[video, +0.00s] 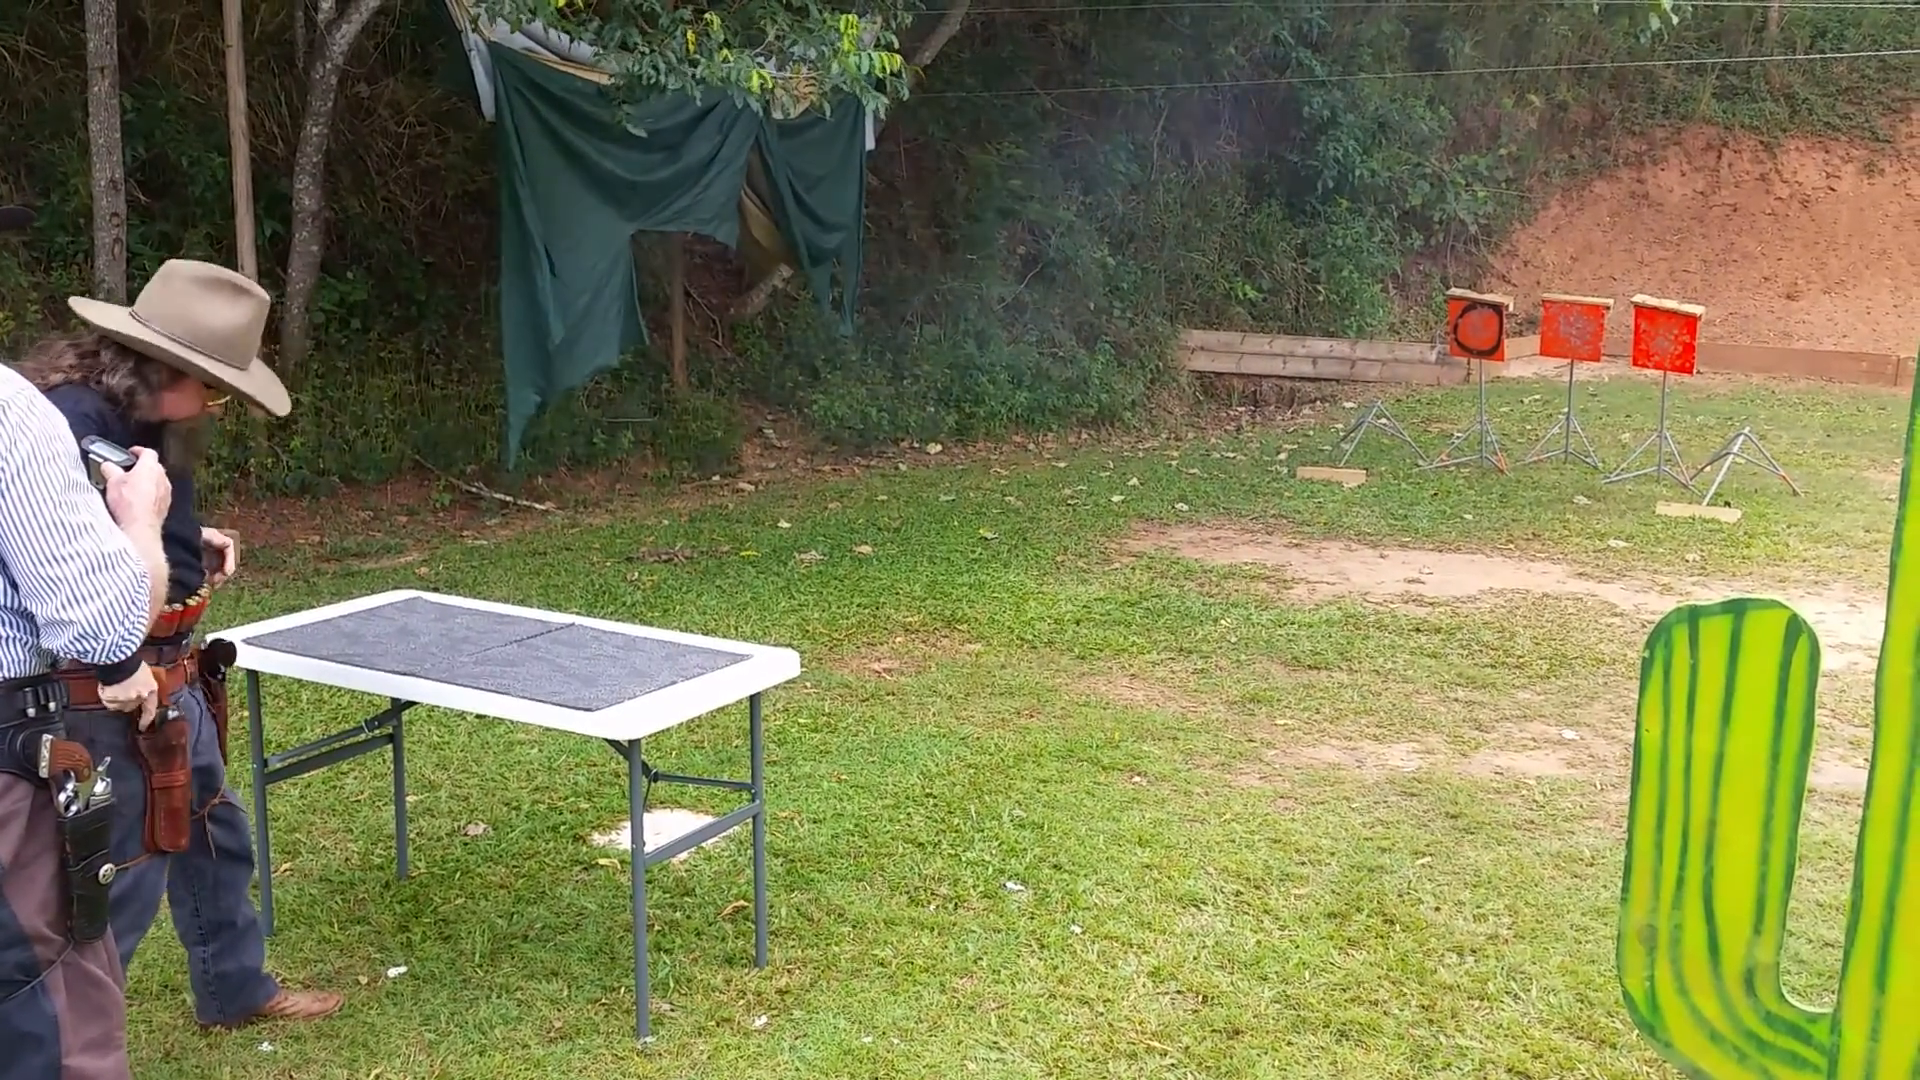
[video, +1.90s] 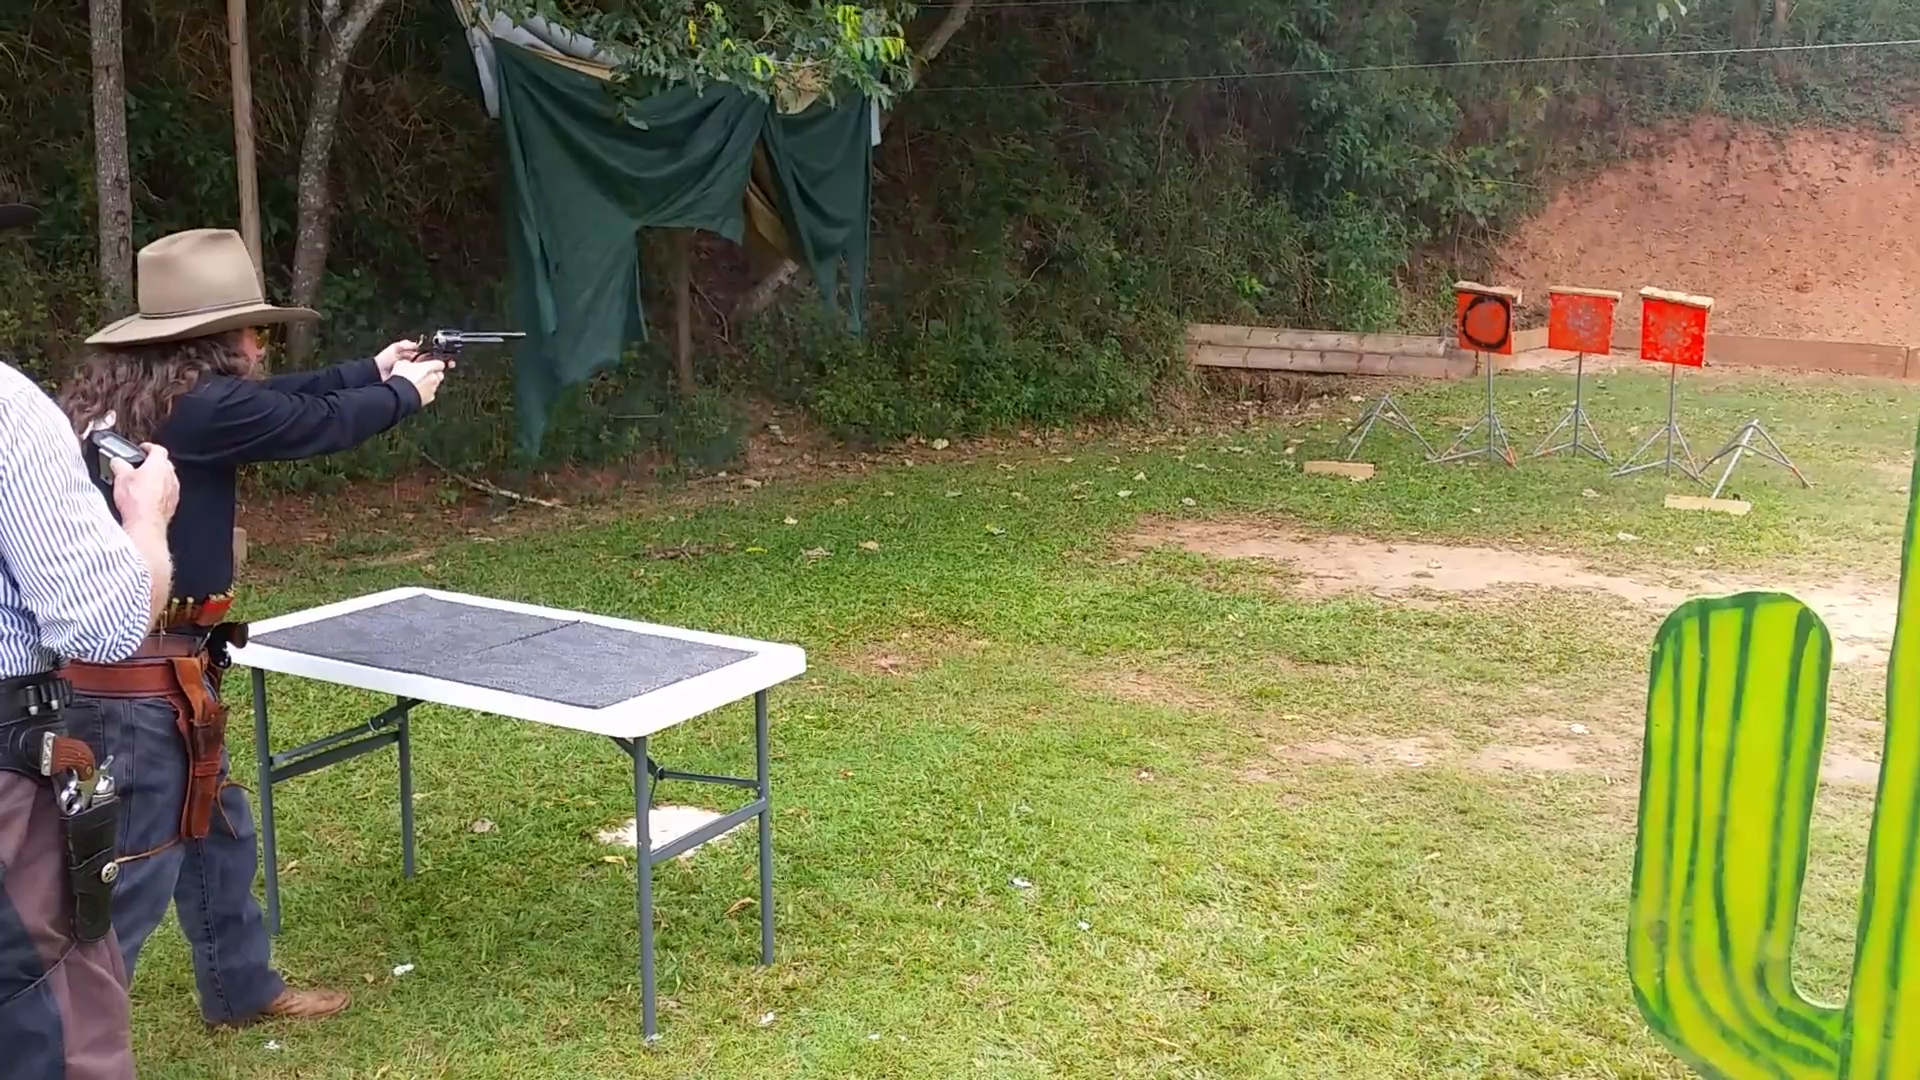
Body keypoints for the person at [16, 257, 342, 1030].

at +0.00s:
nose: (213, 408)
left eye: (219, 395)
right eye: (211, 391)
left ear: (167, 368)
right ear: (169, 372)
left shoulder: (144, 429)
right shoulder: (75, 429)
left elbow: (133, 520)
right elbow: (75, 565)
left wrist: (187, 539)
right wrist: (126, 671)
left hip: (164, 666)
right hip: (93, 686)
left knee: (210, 828)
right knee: (124, 870)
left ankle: (234, 990)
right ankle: (66, 1023)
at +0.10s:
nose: (226, 379)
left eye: (228, 365)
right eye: (221, 364)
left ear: (167, 354)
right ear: (178, 360)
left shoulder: (158, 420)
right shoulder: (90, 421)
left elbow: (145, 513)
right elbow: (79, 541)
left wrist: (197, 539)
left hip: (165, 661)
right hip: (98, 679)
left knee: (212, 823)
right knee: (132, 867)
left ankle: (235, 988)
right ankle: (66, 1025)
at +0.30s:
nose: (224, 358)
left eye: (225, 344)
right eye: (217, 344)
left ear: (148, 338)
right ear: (177, 347)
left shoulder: (134, 404)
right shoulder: (122, 407)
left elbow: (169, 509)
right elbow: (160, 518)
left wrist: (238, 508)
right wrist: (240, 522)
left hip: (168, 667)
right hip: (120, 678)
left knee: (213, 836)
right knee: (131, 879)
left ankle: (236, 993)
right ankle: (63, 1032)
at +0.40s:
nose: (224, 356)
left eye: (222, 341)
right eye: (218, 341)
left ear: (133, 341)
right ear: (185, 347)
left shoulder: (103, 411)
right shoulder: (155, 420)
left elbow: (205, 488)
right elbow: (255, 525)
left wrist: (275, 466)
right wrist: (313, 490)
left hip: (150, 668)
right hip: (128, 679)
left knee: (212, 830)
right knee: (130, 878)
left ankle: (237, 993)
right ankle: (70, 1034)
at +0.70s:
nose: (247, 355)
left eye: (245, 340)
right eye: (238, 340)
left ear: (159, 342)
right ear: (201, 347)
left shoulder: (106, 399)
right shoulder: (188, 412)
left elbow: (262, 412)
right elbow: (296, 428)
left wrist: (355, 383)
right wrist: (393, 395)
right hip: (141, 671)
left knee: (210, 830)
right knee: (136, 872)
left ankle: (239, 991)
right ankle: (70, 1032)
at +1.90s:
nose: (261, 345)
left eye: (257, 331)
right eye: (251, 332)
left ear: (175, 335)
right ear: (214, 337)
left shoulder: (124, 390)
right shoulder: (200, 405)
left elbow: (275, 400)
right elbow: (320, 425)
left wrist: (374, 370)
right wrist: (405, 394)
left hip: (112, 656)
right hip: (144, 667)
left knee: (218, 826)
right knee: (135, 870)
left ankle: (240, 992)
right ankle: (67, 1031)